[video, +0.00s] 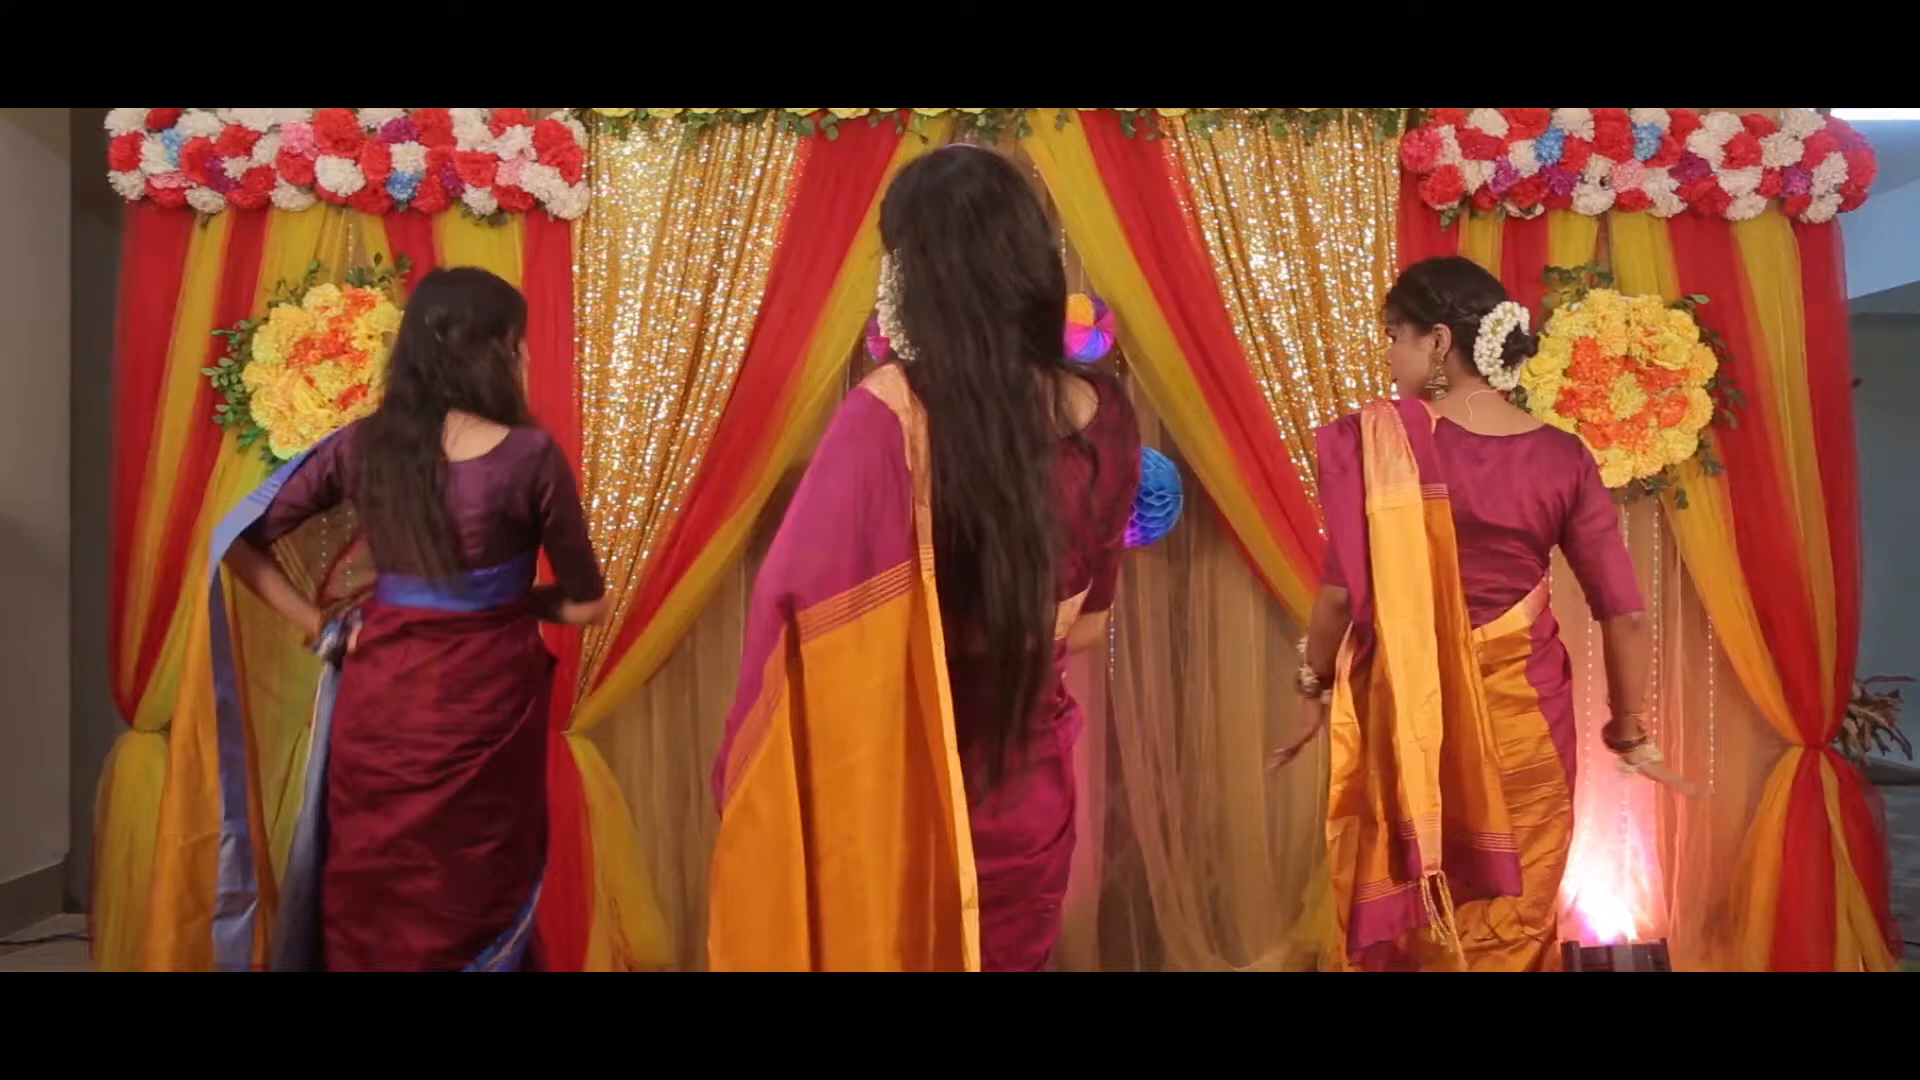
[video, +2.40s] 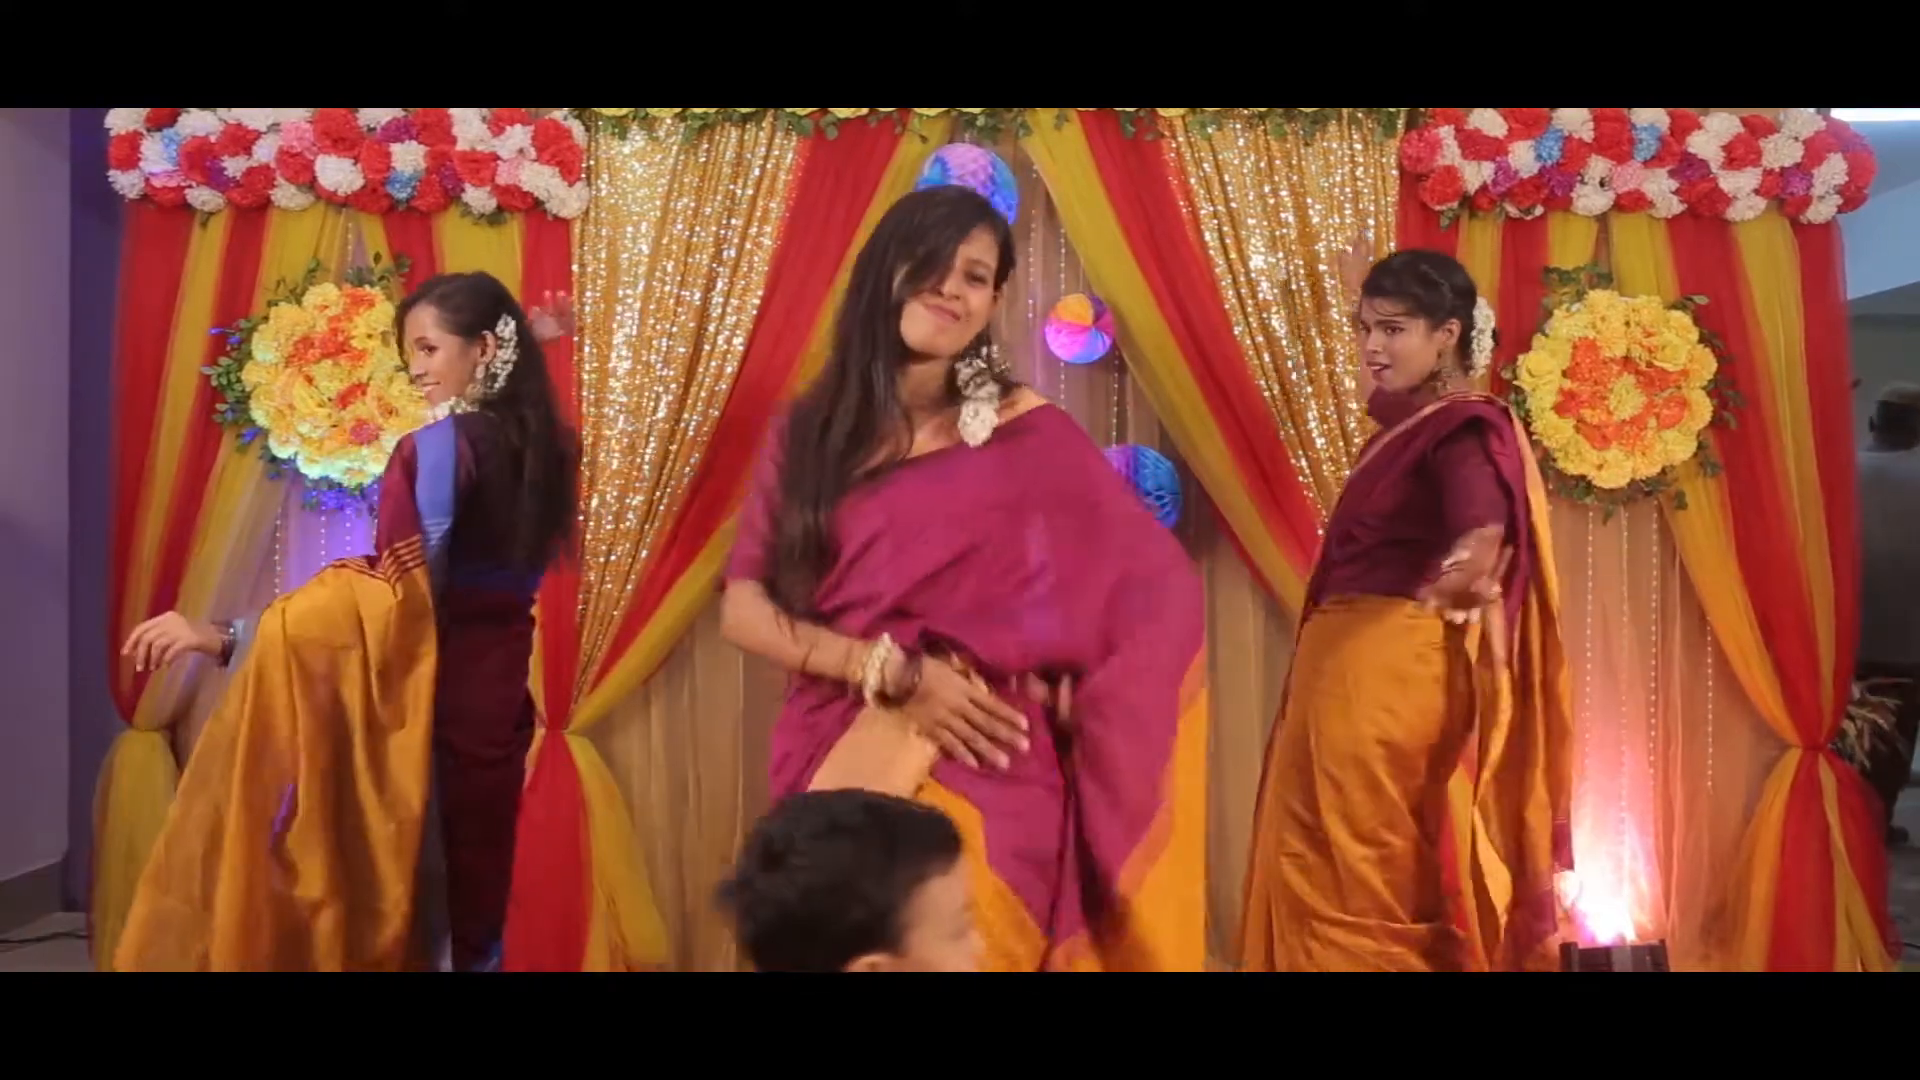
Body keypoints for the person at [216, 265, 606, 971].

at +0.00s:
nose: (527, 358)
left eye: (524, 342)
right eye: (519, 342)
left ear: (424, 348)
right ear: (492, 352)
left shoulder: (365, 442)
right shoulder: (529, 454)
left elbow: (239, 538)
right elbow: (587, 601)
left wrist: (315, 624)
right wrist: (512, 594)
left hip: (380, 689)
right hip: (489, 695)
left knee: (365, 885)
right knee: (481, 887)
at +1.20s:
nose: (535, 346)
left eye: (531, 331)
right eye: (525, 332)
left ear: (431, 341)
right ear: (494, 345)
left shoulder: (374, 436)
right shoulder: (542, 446)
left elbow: (293, 541)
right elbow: (618, 574)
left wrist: (315, 646)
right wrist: (527, 565)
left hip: (383, 673)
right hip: (489, 679)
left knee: (375, 868)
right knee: (478, 871)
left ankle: (378, 963)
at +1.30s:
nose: (532, 342)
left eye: (528, 329)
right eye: (526, 330)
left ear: (427, 338)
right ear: (508, 340)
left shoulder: (385, 435)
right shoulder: (555, 439)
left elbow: (299, 538)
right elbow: (680, 538)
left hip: (387, 668)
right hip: (490, 677)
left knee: (377, 861)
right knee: (477, 859)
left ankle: (373, 963)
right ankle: (471, 964)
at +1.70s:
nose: (424, 352)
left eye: (430, 337)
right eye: (430, 334)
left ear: (435, 350)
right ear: (523, 351)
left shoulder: (384, 441)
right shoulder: (556, 460)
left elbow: (300, 558)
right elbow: (630, 519)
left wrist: (201, 602)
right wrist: (656, 410)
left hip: (395, 667)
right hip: (495, 672)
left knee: (389, 849)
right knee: (486, 857)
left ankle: (393, 960)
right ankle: (477, 961)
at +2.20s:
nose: (421, 382)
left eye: (425, 364)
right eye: (420, 365)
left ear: (467, 360)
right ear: (500, 360)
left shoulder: (414, 448)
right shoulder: (557, 460)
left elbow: (345, 594)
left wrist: (197, 646)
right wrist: (583, 396)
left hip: (417, 702)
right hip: (506, 702)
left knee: (401, 900)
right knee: (481, 908)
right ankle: (475, 962)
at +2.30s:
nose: (415, 369)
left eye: (426, 350)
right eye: (413, 352)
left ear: (484, 347)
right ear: (491, 352)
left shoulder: (428, 445)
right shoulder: (568, 450)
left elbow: (387, 599)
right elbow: (524, 422)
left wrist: (218, 638)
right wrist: (546, 354)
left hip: (416, 691)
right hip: (499, 693)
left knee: (395, 879)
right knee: (477, 876)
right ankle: (475, 962)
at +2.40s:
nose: (414, 370)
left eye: (428, 350)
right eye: (411, 353)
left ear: (489, 349)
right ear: (492, 354)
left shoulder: (434, 447)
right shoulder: (544, 447)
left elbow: (392, 605)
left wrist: (227, 636)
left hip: (428, 707)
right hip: (499, 705)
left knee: (406, 911)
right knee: (481, 921)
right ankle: (480, 960)